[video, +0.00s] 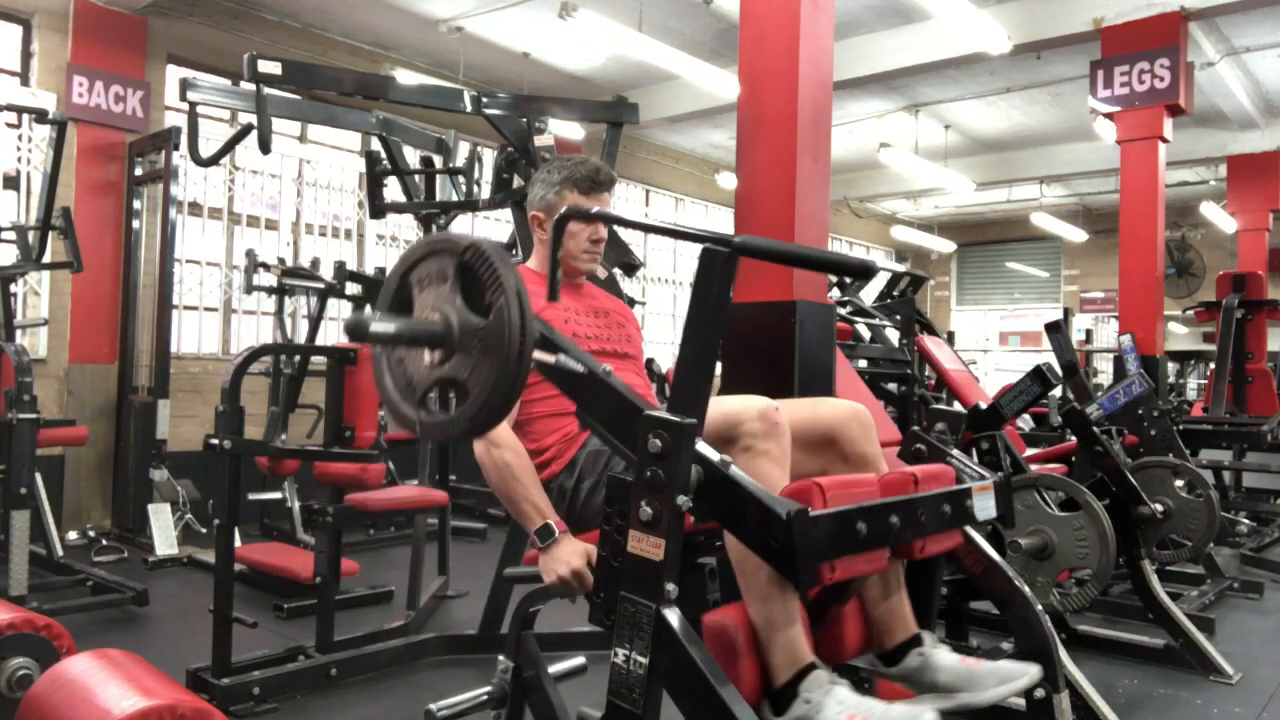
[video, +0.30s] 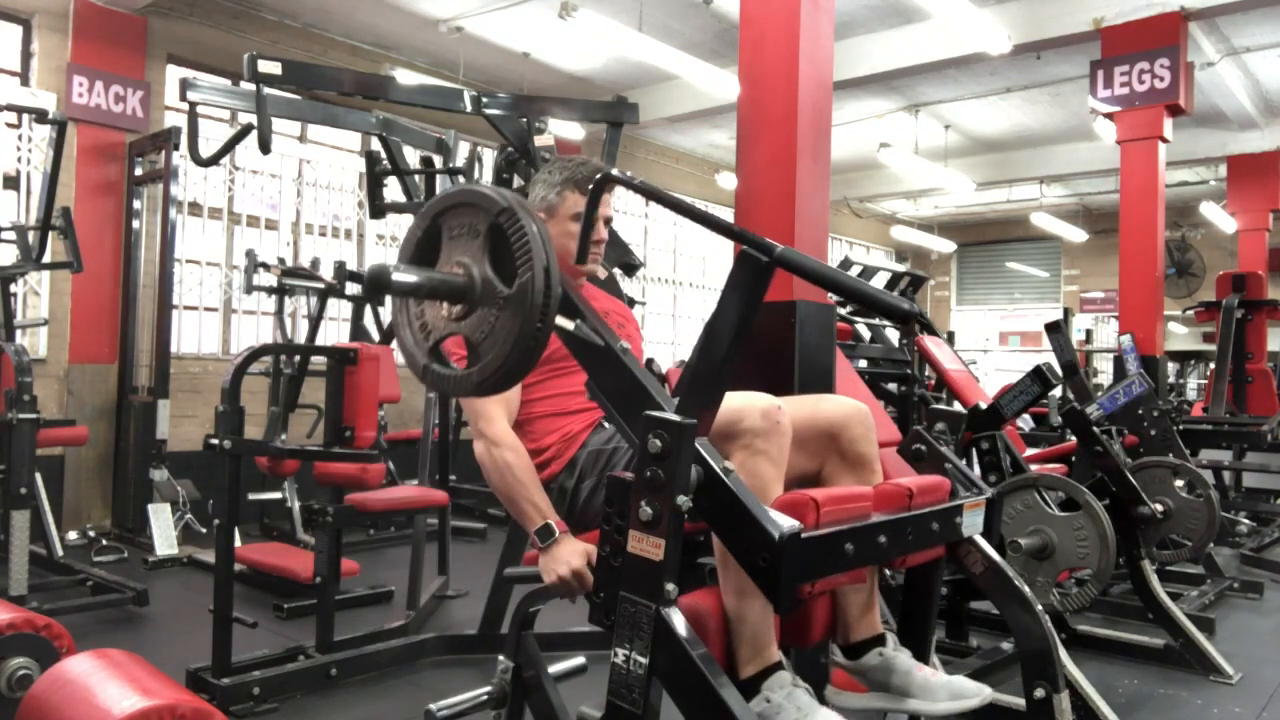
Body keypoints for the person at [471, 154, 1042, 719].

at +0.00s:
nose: (600, 232)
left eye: (604, 220)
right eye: (586, 219)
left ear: (606, 228)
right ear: (539, 223)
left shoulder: (613, 304)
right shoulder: (508, 294)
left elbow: (650, 396)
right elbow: (490, 434)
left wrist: (717, 429)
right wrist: (550, 537)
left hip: (655, 445)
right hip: (586, 468)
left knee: (850, 421)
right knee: (757, 422)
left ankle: (901, 648)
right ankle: (793, 679)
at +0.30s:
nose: (601, 234)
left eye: (606, 222)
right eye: (586, 219)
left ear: (606, 228)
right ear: (541, 222)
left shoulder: (606, 303)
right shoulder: (503, 302)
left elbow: (641, 392)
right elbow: (491, 435)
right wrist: (549, 535)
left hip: (653, 446)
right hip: (584, 469)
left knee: (848, 423)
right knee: (754, 418)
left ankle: (866, 643)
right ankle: (757, 672)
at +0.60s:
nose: (597, 237)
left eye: (603, 224)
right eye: (584, 221)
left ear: (606, 228)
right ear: (540, 220)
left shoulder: (604, 299)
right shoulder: (500, 301)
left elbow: (637, 393)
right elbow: (491, 434)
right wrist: (550, 536)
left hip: (652, 443)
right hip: (585, 464)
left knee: (849, 424)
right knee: (753, 418)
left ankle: (841, 643)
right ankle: (741, 666)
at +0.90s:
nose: (602, 239)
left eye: (607, 226)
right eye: (590, 222)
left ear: (605, 226)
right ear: (547, 216)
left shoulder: (580, 295)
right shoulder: (496, 298)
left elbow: (605, 400)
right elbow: (491, 435)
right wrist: (549, 536)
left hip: (641, 441)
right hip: (583, 463)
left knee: (849, 425)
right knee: (756, 423)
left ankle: (834, 642)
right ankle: (732, 661)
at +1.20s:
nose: (597, 241)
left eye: (600, 227)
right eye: (583, 224)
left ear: (600, 232)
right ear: (537, 224)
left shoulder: (604, 303)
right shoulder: (499, 304)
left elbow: (640, 391)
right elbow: (490, 435)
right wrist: (549, 536)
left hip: (654, 440)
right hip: (587, 463)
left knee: (850, 424)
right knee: (754, 427)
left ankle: (848, 645)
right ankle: (745, 669)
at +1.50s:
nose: (601, 236)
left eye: (606, 223)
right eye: (587, 221)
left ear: (605, 232)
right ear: (541, 225)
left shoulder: (614, 309)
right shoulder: (510, 298)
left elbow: (650, 396)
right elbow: (488, 434)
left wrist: (711, 425)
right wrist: (551, 537)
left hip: (655, 446)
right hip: (587, 468)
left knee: (851, 421)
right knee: (757, 423)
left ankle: (891, 646)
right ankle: (785, 681)